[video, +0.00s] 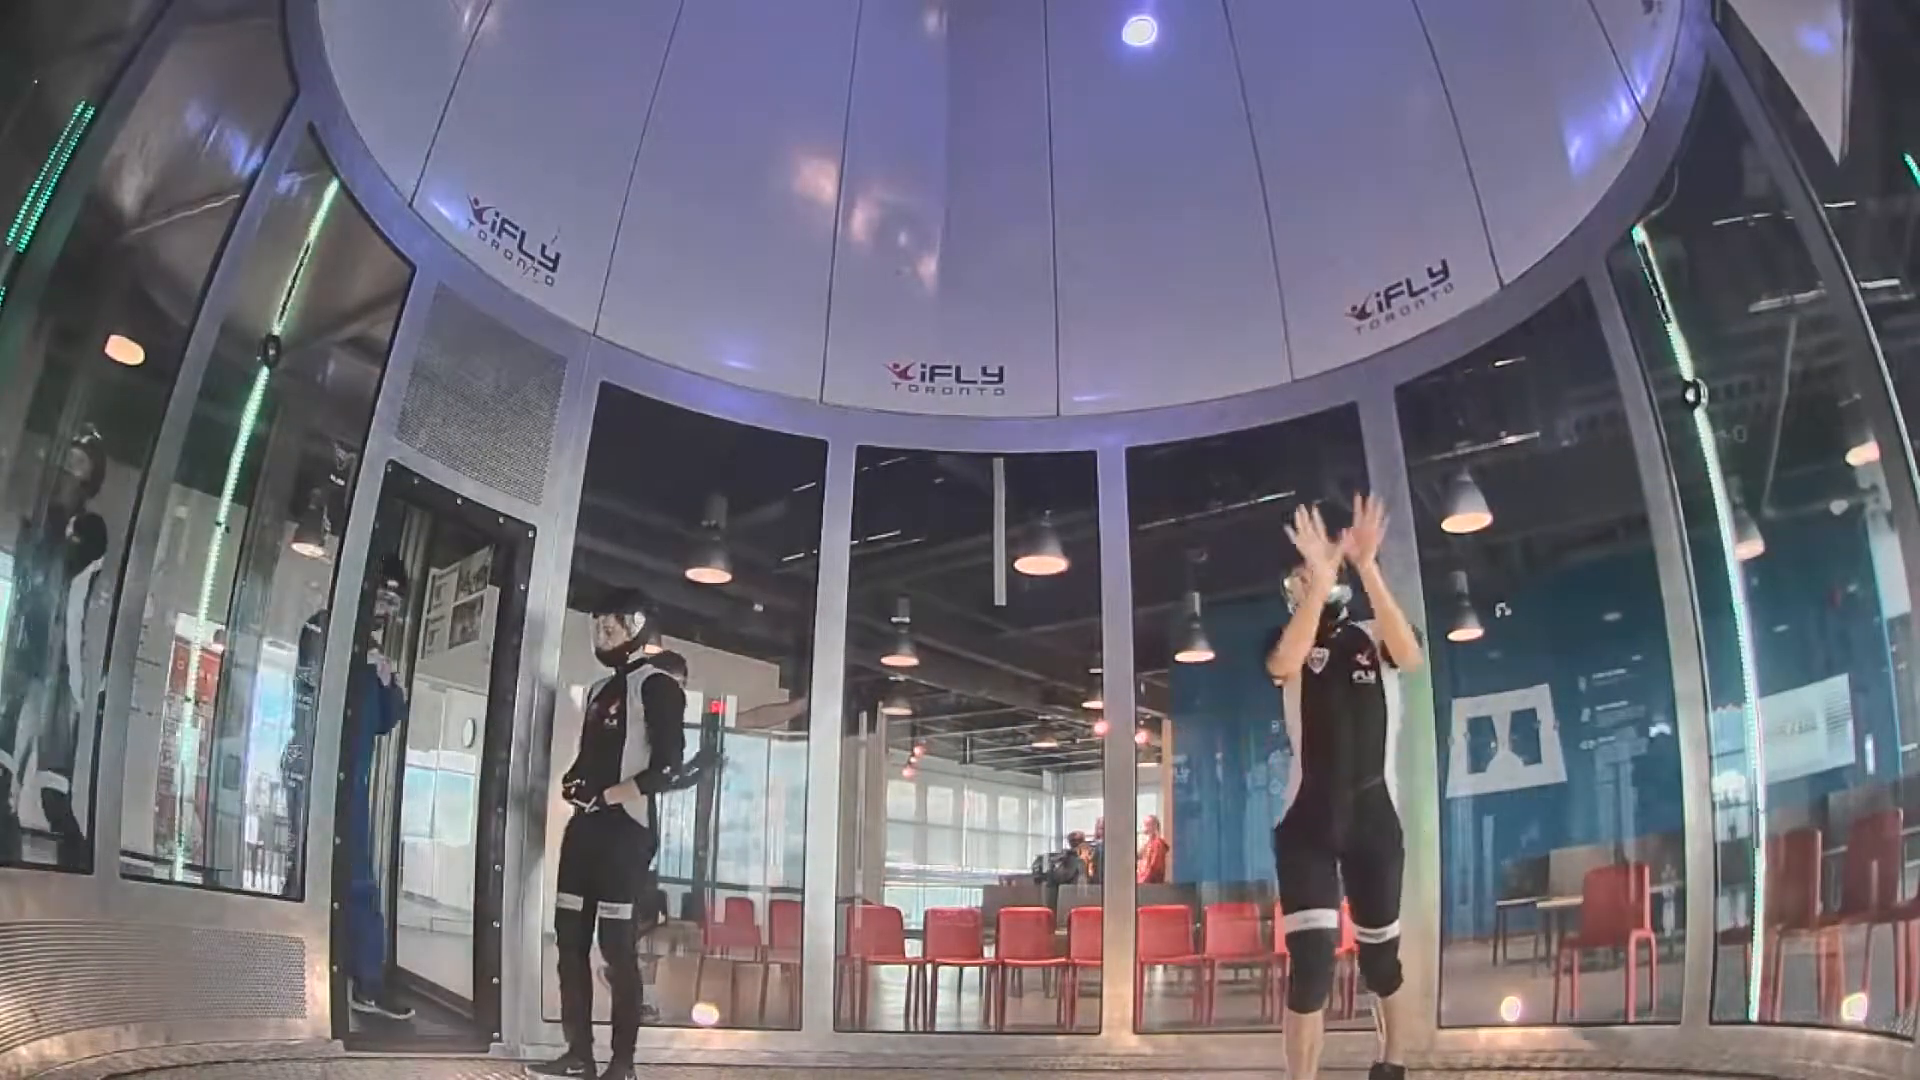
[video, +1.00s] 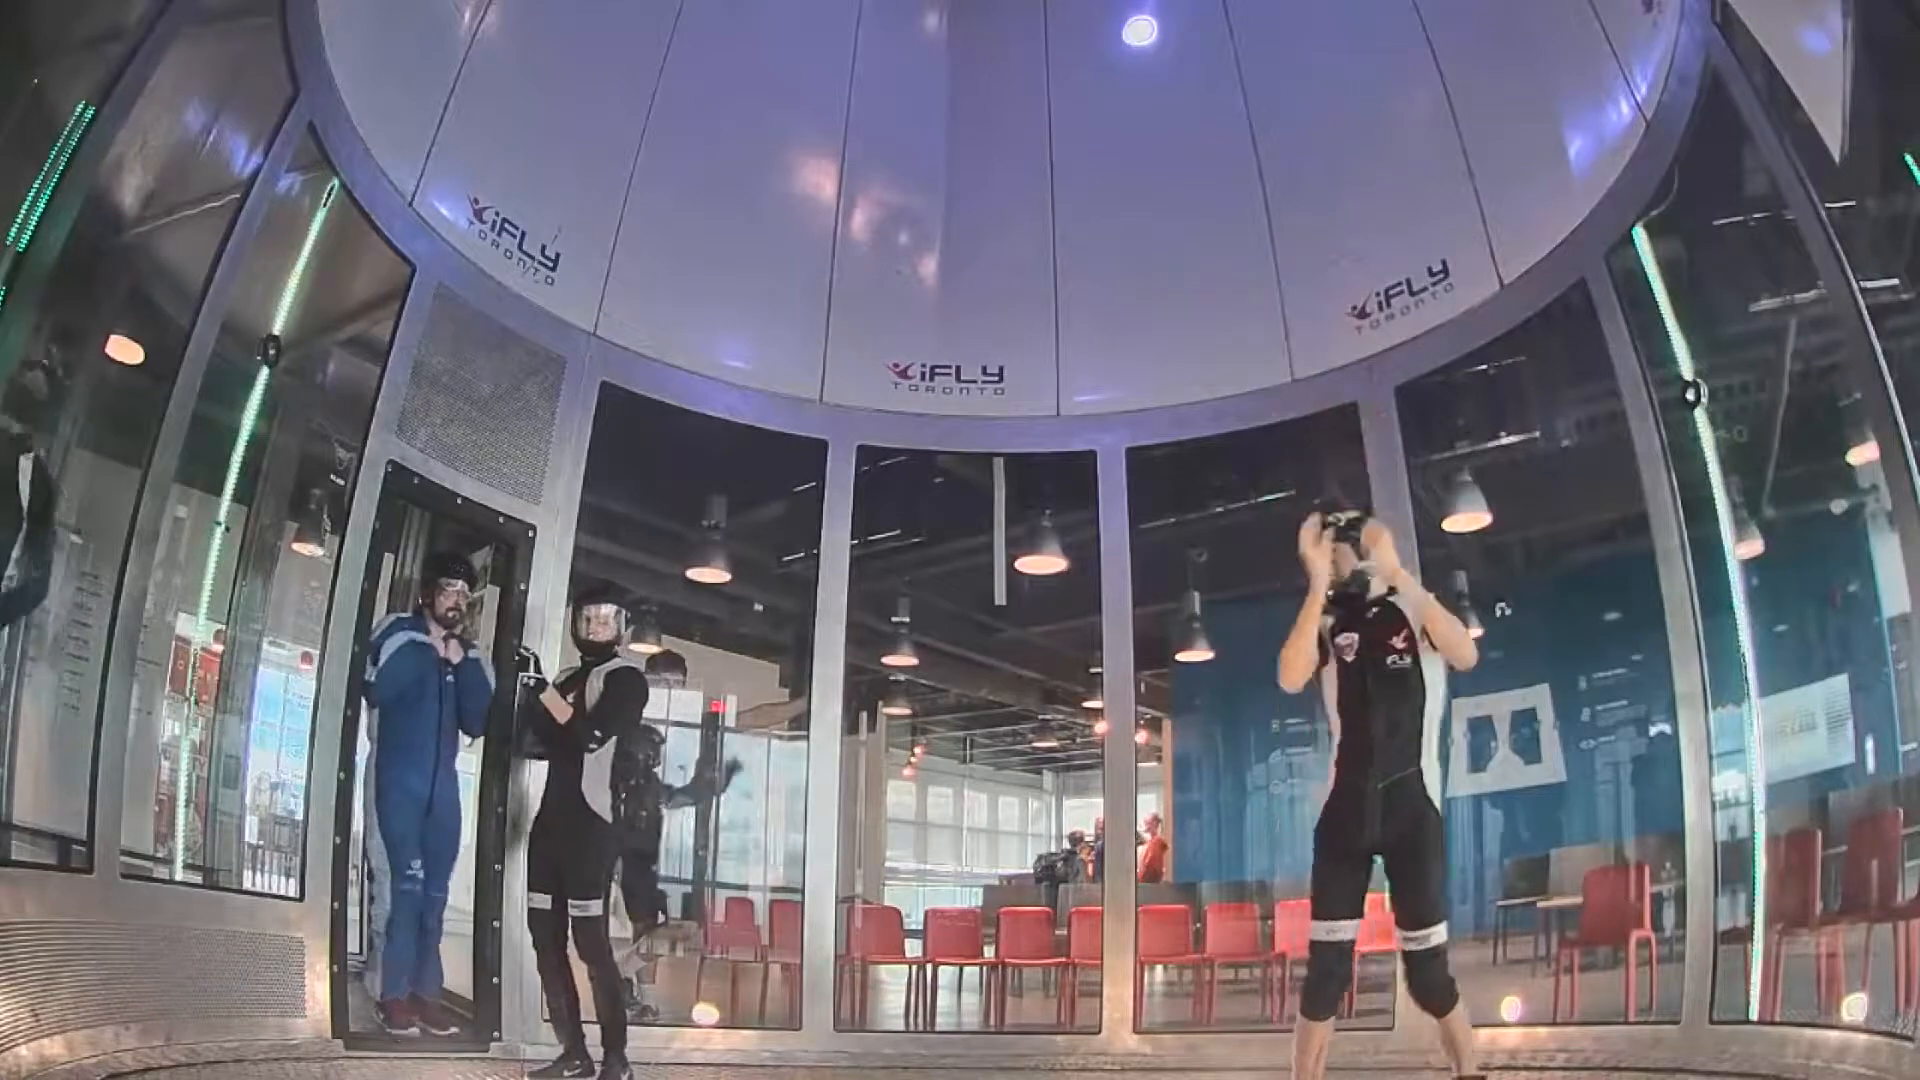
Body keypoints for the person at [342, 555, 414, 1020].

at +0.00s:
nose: (389, 608)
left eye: (395, 600)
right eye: (384, 596)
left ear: (397, 606)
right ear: (361, 591)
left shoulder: (373, 656)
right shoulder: (326, 635)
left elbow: (382, 720)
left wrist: (388, 684)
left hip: (351, 777)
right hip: (321, 773)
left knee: (359, 875)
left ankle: (368, 983)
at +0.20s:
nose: (418, 610)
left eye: (424, 603)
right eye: (411, 598)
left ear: (427, 607)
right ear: (388, 594)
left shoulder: (413, 654)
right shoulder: (357, 638)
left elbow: (428, 725)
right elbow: (341, 698)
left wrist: (415, 676)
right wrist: (385, 660)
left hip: (389, 786)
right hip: (353, 779)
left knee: (393, 883)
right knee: (358, 879)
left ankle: (375, 987)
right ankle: (344, 985)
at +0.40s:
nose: (432, 607)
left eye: (439, 599)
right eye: (425, 595)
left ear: (444, 605)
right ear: (404, 595)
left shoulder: (435, 658)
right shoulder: (374, 639)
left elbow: (453, 724)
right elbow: (355, 694)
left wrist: (435, 666)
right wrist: (403, 647)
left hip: (408, 785)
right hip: (366, 779)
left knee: (403, 883)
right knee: (381, 879)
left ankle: (374, 979)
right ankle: (383, 989)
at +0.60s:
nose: (442, 600)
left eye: (449, 593)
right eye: (434, 590)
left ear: (454, 602)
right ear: (413, 593)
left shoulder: (449, 653)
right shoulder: (385, 634)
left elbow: (464, 724)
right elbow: (361, 690)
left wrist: (448, 664)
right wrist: (408, 644)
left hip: (424, 780)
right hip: (380, 776)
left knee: (431, 887)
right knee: (393, 884)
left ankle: (387, 980)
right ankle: (394, 1001)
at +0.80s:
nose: (450, 599)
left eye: (458, 592)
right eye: (443, 588)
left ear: (462, 600)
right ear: (422, 591)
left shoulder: (454, 649)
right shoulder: (398, 633)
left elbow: (477, 720)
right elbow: (375, 690)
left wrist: (456, 663)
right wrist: (419, 643)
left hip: (435, 780)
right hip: (391, 777)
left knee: (435, 891)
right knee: (405, 890)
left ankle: (423, 998)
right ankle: (395, 1003)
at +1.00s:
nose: (454, 601)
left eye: (462, 595)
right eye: (447, 591)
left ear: (468, 603)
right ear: (427, 593)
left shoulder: (468, 650)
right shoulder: (399, 632)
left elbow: (476, 722)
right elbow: (379, 691)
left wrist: (462, 662)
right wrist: (426, 647)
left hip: (444, 781)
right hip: (399, 777)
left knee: (436, 890)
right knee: (409, 884)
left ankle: (425, 996)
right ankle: (394, 997)